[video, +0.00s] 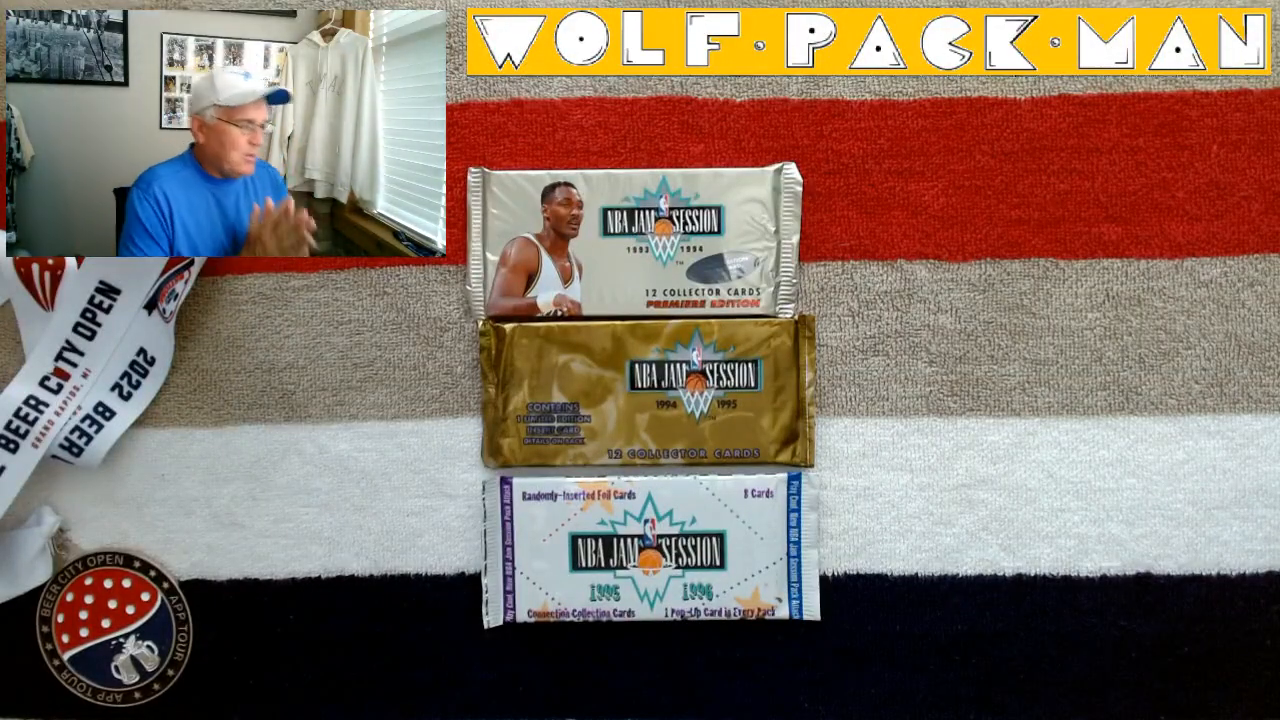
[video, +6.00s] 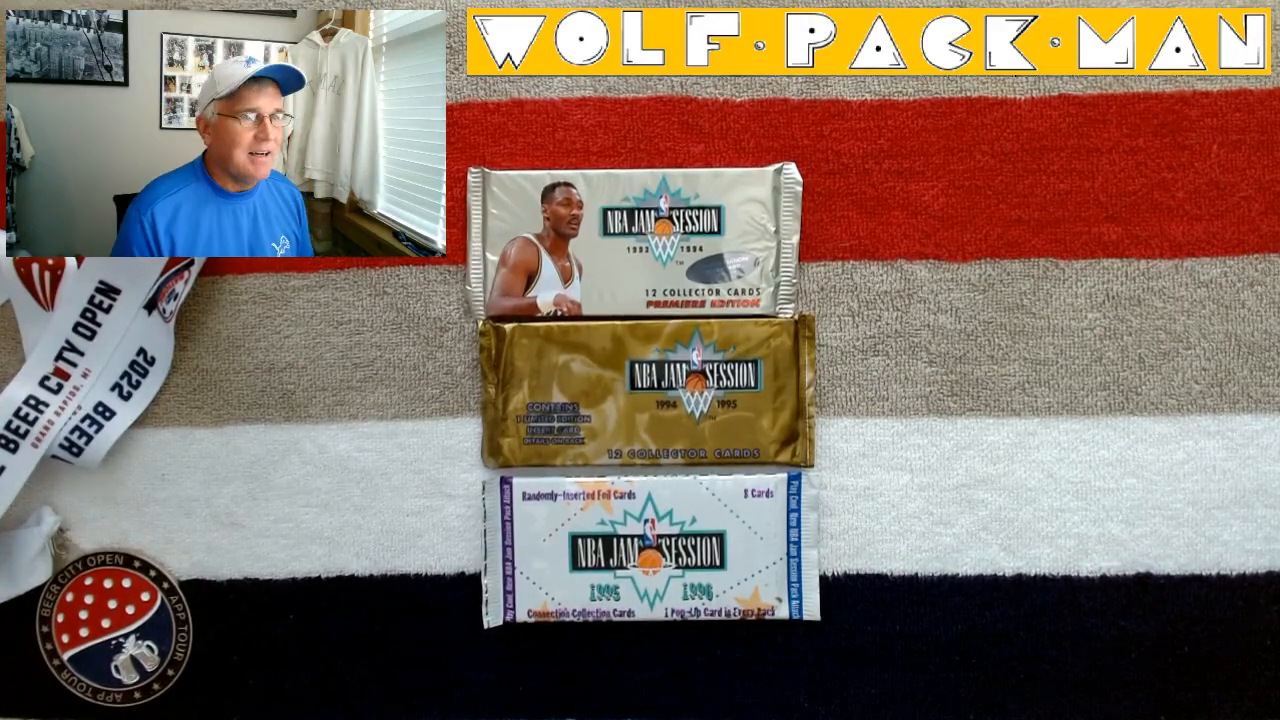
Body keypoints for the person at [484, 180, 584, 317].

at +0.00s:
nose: (576, 213)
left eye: (580, 207)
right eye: (566, 205)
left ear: (583, 211)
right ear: (545, 211)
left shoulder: (575, 265)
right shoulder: (520, 250)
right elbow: (495, 307)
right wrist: (550, 301)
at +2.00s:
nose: (576, 213)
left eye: (580, 206)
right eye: (566, 205)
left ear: (583, 211)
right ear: (545, 211)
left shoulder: (575, 265)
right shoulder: (521, 249)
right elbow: (495, 307)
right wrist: (550, 301)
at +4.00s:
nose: (576, 213)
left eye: (580, 206)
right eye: (566, 204)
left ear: (583, 211)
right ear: (546, 211)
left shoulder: (575, 266)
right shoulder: (521, 249)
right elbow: (495, 307)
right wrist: (551, 300)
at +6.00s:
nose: (576, 213)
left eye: (580, 207)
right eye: (566, 205)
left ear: (583, 211)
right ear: (545, 211)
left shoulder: (575, 266)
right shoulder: (521, 250)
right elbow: (495, 307)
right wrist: (550, 301)